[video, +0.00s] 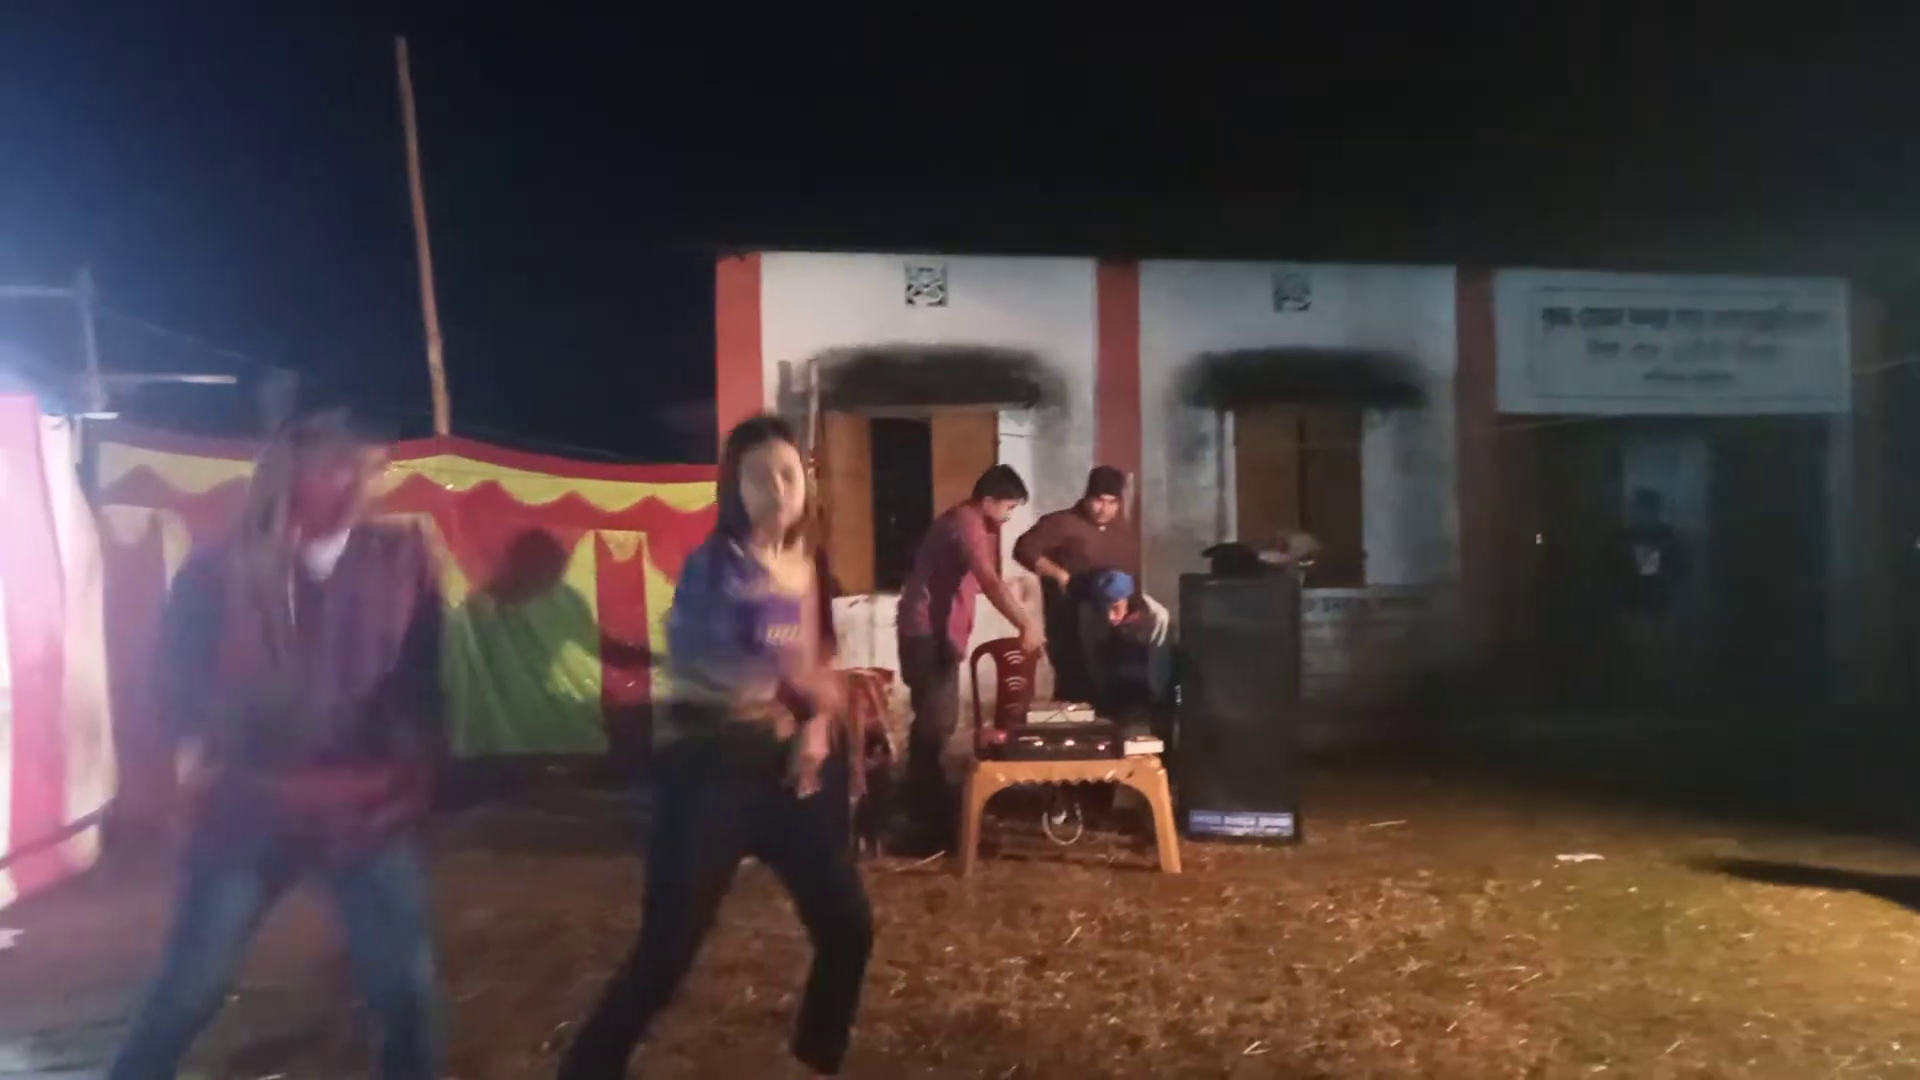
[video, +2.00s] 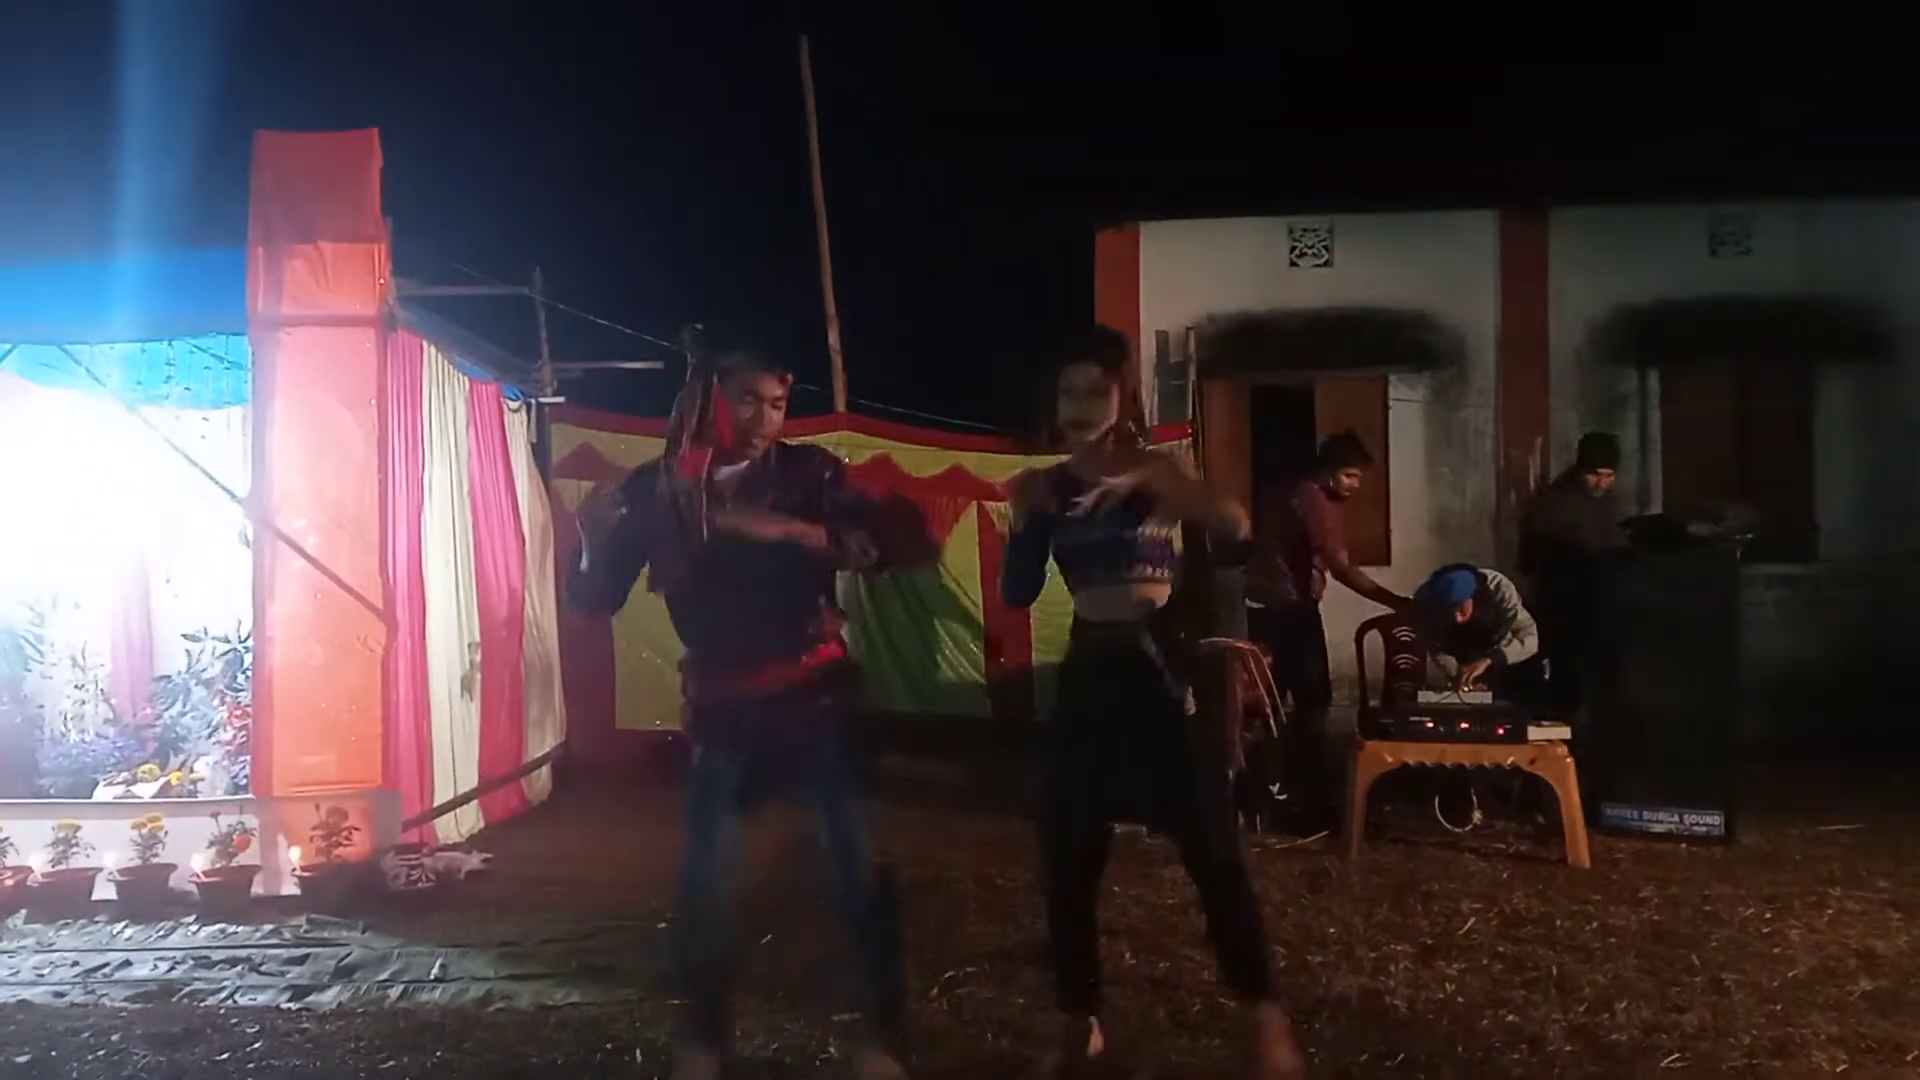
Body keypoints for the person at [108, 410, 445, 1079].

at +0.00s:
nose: (346, 485)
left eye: (358, 467)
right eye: (328, 466)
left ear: (375, 472)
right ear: (289, 472)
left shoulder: (401, 561)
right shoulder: (221, 573)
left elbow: (419, 683)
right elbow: (181, 684)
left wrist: (410, 770)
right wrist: (193, 752)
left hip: (368, 806)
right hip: (249, 811)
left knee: (408, 987)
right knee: (192, 990)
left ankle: (413, 1071)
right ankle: (133, 1071)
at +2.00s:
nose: (774, 420)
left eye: (780, 405)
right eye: (758, 404)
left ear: (786, 407)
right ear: (715, 403)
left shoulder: (807, 471)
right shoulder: (659, 492)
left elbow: (905, 537)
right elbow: (594, 597)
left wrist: (785, 527)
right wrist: (592, 533)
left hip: (817, 698)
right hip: (725, 710)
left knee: (855, 863)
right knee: (706, 877)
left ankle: (883, 1039)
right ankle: (703, 1042)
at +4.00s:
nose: (806, 469)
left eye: (814, 454)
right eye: (791, 454)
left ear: (825, 461)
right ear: (753, 460)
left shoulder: (857, 557)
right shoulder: (716, 549)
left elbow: (900, 670)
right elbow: (626, 615)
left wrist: (877, 747)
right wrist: (711, 566)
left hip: (819, 780)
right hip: (723, 776)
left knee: (857, 935)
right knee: (699, 932)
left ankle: (858, 1063)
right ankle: (642, 1063)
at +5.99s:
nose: (777, 450)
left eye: (787, 437)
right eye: (764, 433)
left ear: (794, 442)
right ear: (723, 430)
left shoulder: (817, 511)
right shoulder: (667, 518)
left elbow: (885, 599)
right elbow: (577, 577)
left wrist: (866, 693)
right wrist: (517, 552)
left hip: (848, 712)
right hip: (758, 725)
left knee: (894, 868)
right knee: (740, 892)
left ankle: (940, 1026)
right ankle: (724, 1050)